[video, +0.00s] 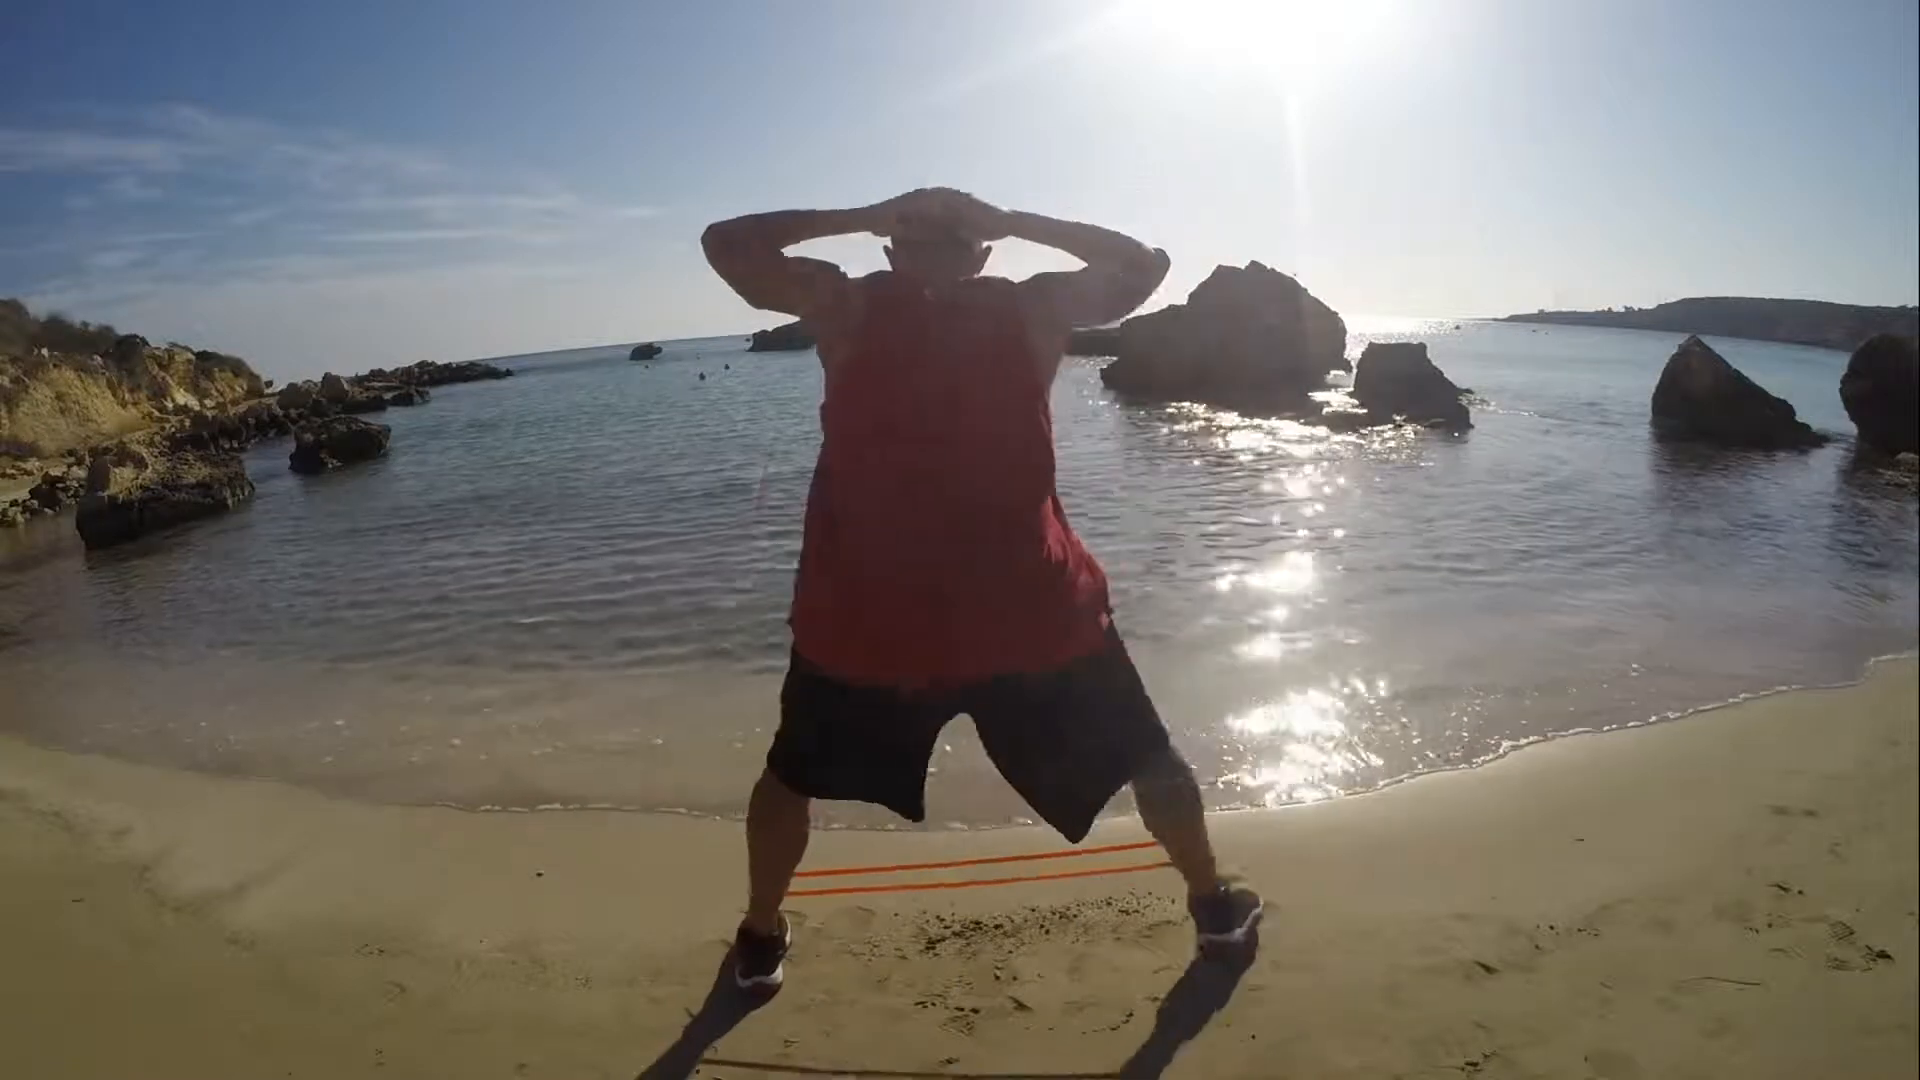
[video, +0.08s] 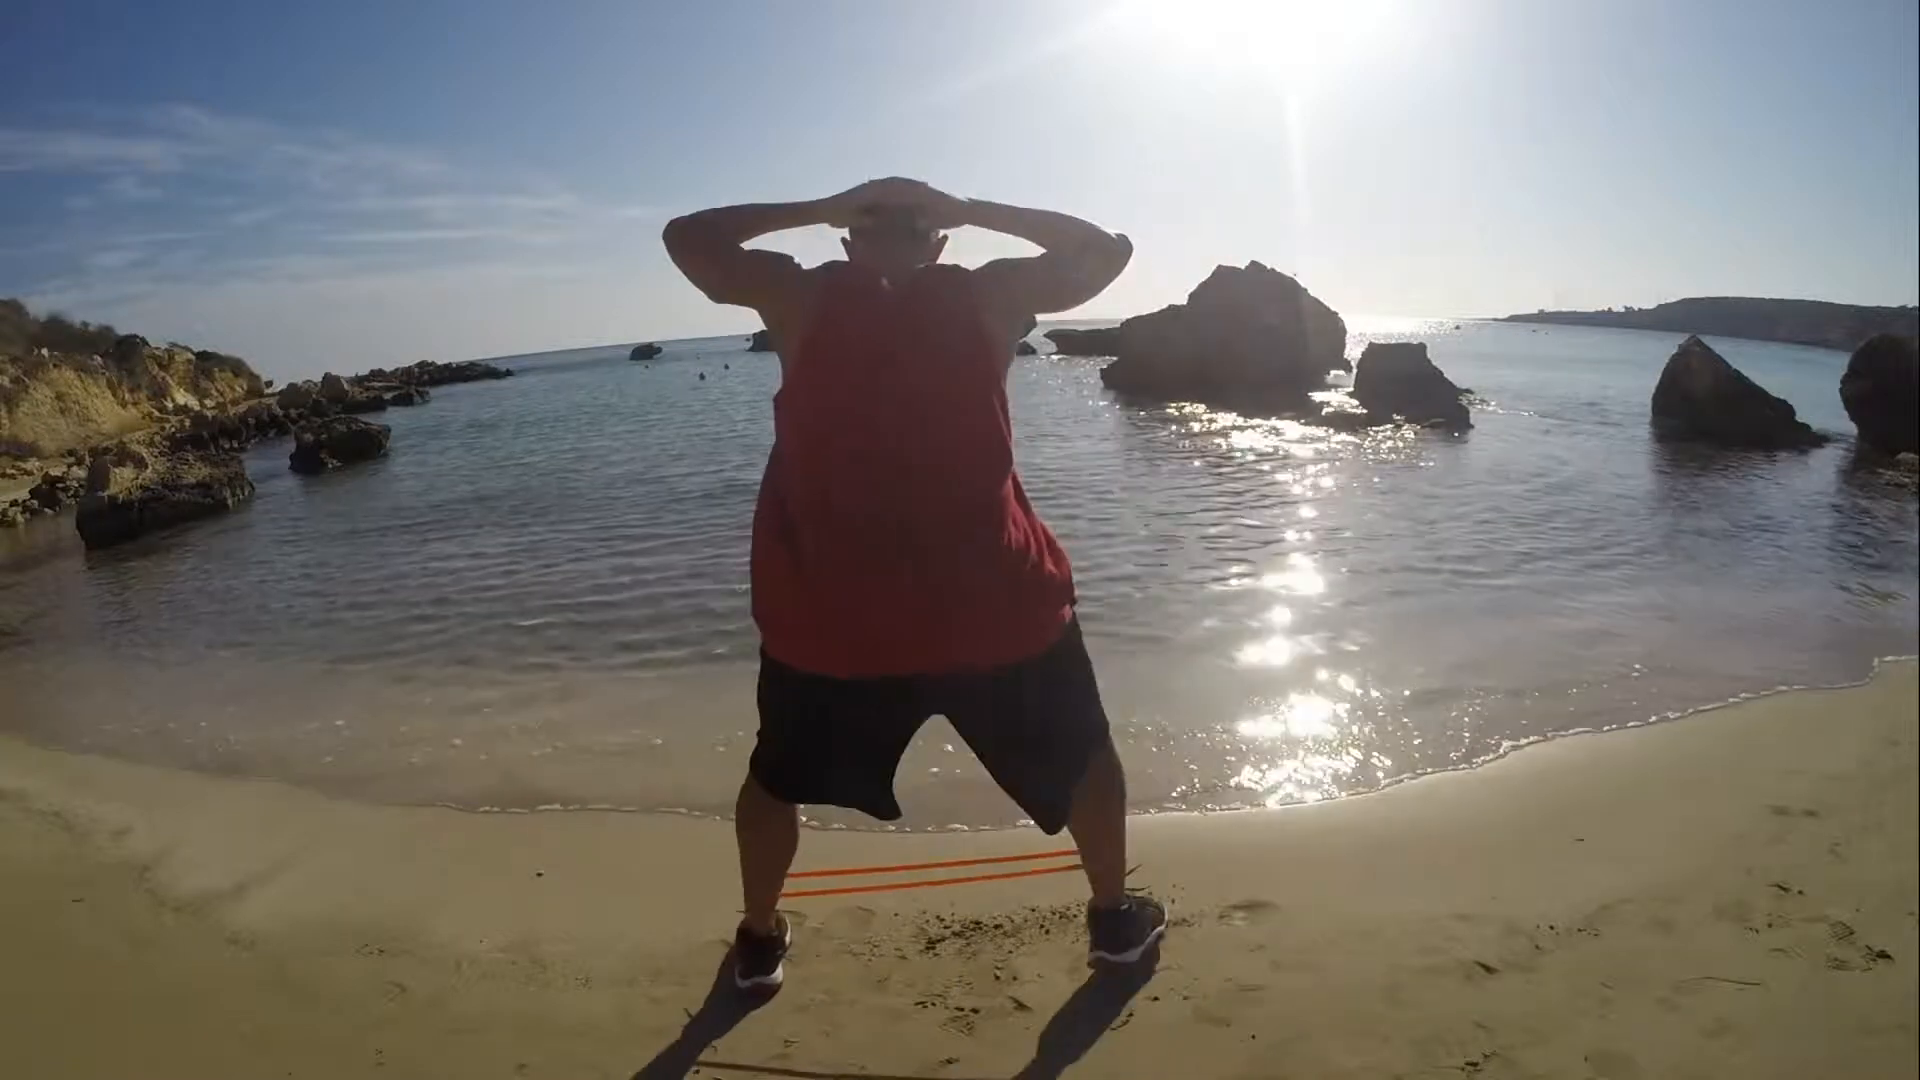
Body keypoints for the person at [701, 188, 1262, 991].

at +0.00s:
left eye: (921, 222)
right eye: (954, 223)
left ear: (893, 244)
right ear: (981, 249)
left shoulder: (841, 306)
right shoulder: (1031, 309)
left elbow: (725, 242)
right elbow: (1141, 264)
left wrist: (864, 217)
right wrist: (1013, 221)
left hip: (869, 602)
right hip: (1025, 589)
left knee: (791, 772)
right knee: (1148, 755)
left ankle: (757, 941)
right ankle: (1212, 906)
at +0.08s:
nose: (896, 219)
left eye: (884, 210)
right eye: (911, 210)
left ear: (851, 234)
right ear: (939, 236)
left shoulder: (800, 296)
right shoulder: (990, 295)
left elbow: (689, 236)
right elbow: (1104, 250)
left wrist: (820, 208)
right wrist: (970, 211)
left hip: (828, 599)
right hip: (985, 588)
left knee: (776, 774)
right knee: (1083, 751)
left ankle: (756, 939)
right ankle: (1112, 917)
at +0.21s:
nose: (860, 223)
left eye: (848, 212)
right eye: (871, 212)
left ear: (811, 230)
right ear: (905, 231)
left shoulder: (762, 292)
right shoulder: (953, 287)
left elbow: (655, 240)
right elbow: (1069, 236)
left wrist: (783, 207)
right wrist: (928, 199)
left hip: (792, 598)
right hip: (944, 595)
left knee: (757, 783)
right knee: (976, 768)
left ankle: (751, 943)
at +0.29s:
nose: (852, 221)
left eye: (836, 211)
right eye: (861, 212)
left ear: (799, 231)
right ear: (892, 236)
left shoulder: (752, 295)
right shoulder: (942, 291)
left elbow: (644, 244)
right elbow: (1057, 237)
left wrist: (773, 209)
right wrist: (920, 203)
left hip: (776, 598)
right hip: (917, 598)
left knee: (748, 783)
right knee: (919, 768)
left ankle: (750, 939)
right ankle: (878, 924)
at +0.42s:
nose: (838, 234)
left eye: (820, 223)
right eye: (855, 225)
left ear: (794, 241)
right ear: (885, 245)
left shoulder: (748, 306)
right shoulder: (936, 299)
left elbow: (639, 255)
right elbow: (1050, 249)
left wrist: (766, 218)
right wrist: (914, 213)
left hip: (774, 607)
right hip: (917, 604)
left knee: (741, 782)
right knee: (925, 763)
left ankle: (751, 937)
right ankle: (892, 916)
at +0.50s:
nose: (855, 235)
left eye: (830, 224)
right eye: (865, 226)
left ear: (797, 242)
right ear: (887, 244)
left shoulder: (750, 306)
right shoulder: (938, 296)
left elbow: (643, 257)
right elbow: (1053, 246)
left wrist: (768, 219)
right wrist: (914, 212)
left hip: (791, 598)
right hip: (936, 590)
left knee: (759, 783)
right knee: (987, 743)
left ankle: (754, 938)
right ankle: (959, 906)